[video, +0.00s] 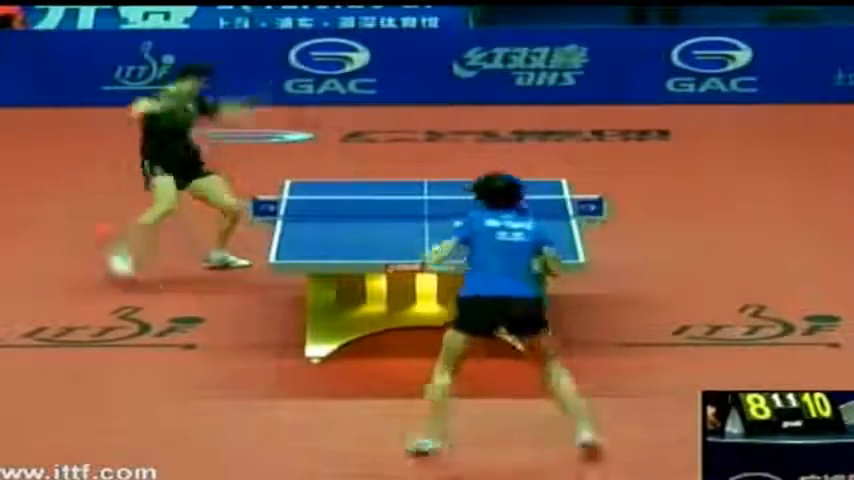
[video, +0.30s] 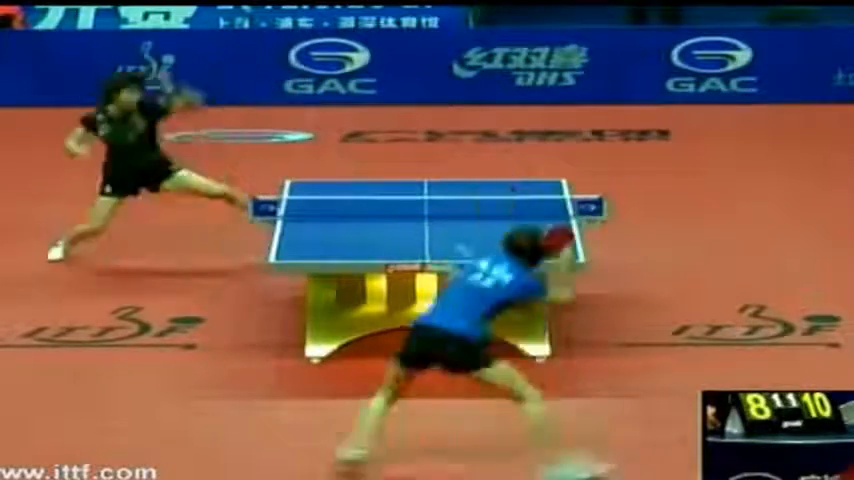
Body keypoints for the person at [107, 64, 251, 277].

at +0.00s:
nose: (196, 88)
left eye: (199, 84)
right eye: (193, 83)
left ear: (199, 86)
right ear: (182, 82)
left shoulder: (195, 101)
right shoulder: (163, 100)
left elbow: (216, 112)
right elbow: (146, 106)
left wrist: (242, 112)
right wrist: (142, 108)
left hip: (187, 163)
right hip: (160, 163)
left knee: (231, 208)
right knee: (166, 205)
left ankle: (218, 253)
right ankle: (123, 252)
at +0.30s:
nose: (134, 98)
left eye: (136, 93)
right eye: (129, 93)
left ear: (139, 94)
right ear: (116, 96)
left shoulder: (148, 110)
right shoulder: (101, 119)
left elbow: (174, 107)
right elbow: (73, 142)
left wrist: (187, 102)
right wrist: (76, 150)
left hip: (154, 170)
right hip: (119, 176)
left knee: (215, 190)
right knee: (96, 228)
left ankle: (257, 210)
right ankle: (64, 246)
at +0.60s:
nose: (201, 102)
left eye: (203, 98)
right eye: (195, 98)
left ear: (205, 100)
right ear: (182, 99)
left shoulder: (210, 118)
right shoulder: (162, 119)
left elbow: (229, 134)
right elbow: (137, 143)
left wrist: (240, 138)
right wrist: (168, 149)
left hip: (193, 170)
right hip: (157, 173)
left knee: (239, 200)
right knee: (122, 217)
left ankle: (278, 239)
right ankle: (70, 239)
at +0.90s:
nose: (272, 97)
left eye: (274, 93)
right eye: (267, 92)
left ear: (275, 96)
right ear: (253, 94)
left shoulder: (273, 120)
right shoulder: (229, 111)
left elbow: (287, 152)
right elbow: (185, 124)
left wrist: (313, 158)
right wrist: (214, 136)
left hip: (236, 161)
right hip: (206, 160)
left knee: (268, 201)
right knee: (208, 211)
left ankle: (285, 252)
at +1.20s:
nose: (305, 110)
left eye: (306, 105)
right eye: (302, 104)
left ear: (298, 107)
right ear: (288, 103)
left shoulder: (292, 130)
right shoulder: (253, 116)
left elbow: (309, 159)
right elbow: (208, 119)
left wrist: (350, 166)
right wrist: (229, 132)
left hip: (259, 175)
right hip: (227, 174)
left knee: (293, 209)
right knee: (224, 224)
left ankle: (293, 259)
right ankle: (186, 259)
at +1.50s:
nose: (383, 124)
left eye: (385, 120)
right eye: (382, 118)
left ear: (376, 118)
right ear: (368, 112)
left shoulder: (372, 137)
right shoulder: (327, 113)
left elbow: (386, 164)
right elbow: (284, 105)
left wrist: (414, 167)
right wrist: (249, 100)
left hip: (333, 175)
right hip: (297, 170)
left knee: (354, 212)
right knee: (264, 208)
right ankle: (243, 256)